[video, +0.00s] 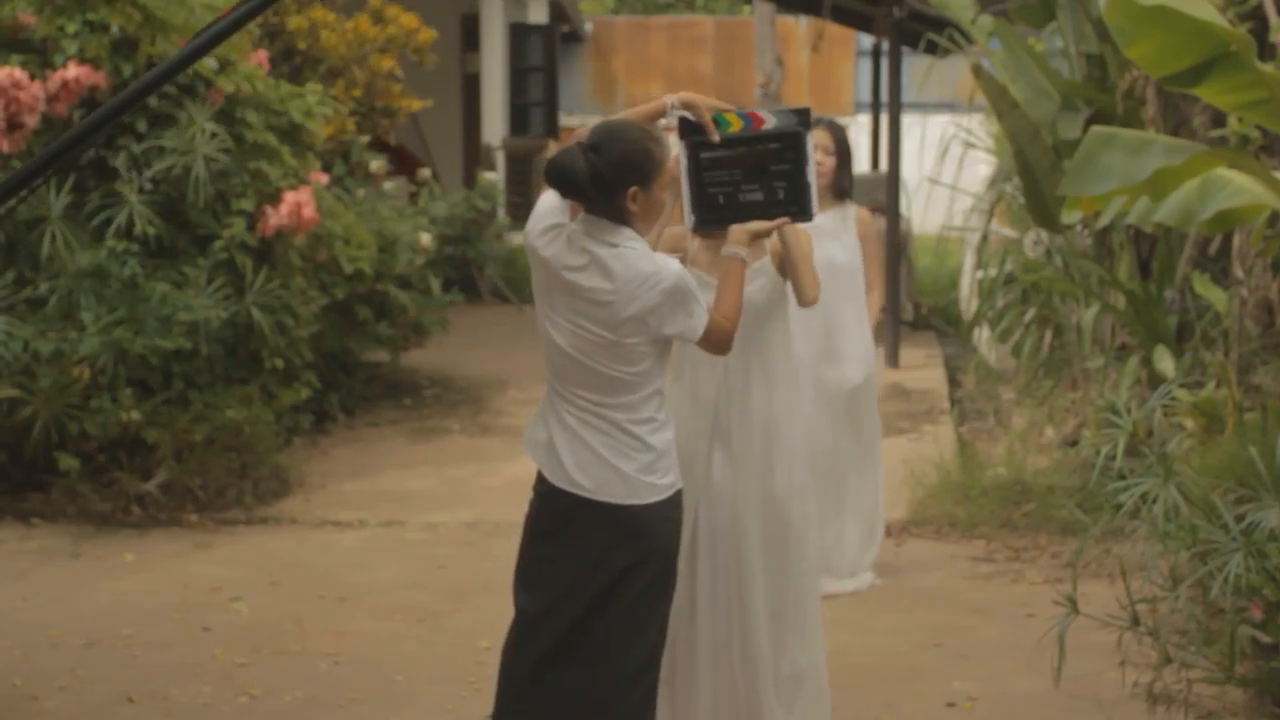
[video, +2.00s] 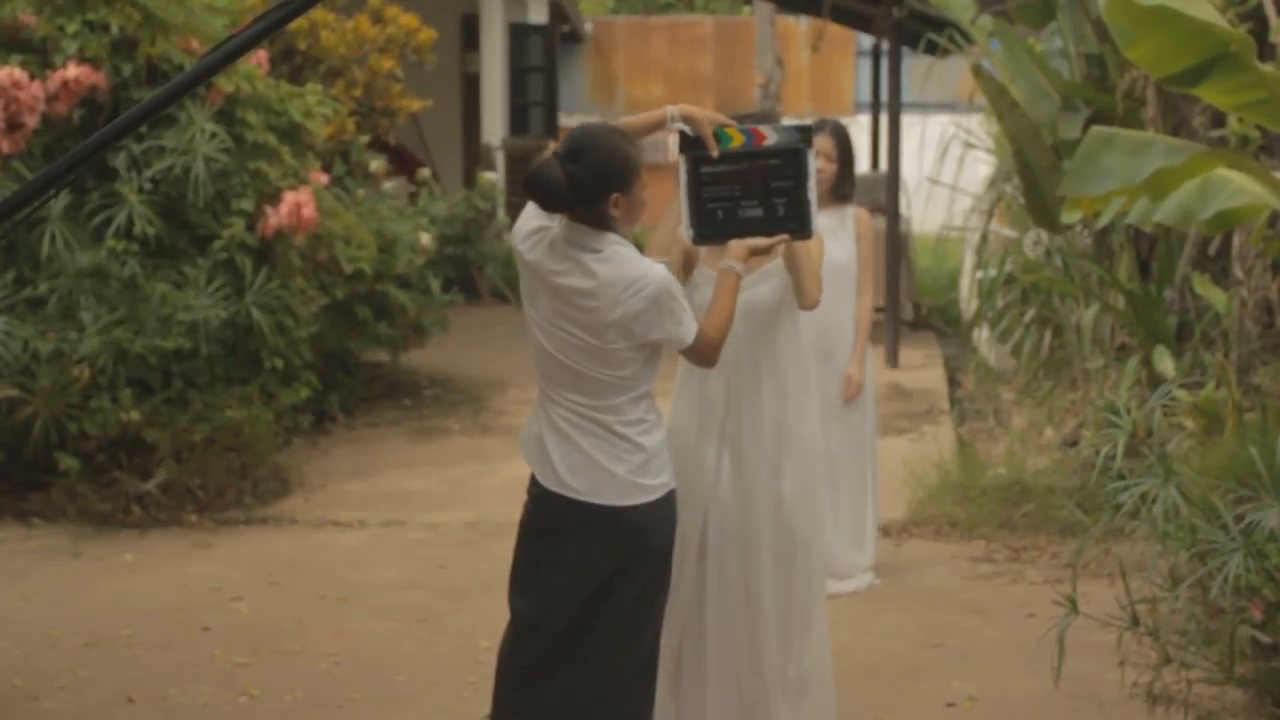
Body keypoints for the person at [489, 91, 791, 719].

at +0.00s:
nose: (672, 191)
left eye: (671, 180)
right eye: (666, 184)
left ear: (594, 192)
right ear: (634, 197)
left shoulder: (548, 232)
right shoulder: (654, 277)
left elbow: (574, 155)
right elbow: (718, 334)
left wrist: (653, 113)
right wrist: (737, 252)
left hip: (561, 480)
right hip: (638, 491)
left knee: (537, 650)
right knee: (623, 666)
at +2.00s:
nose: (648, 191)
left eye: (644, 178)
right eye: (642, 183)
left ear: (573, 191)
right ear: (616, 202)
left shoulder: (533, 240)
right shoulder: (642, 281)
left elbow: (573, 145)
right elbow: (704, 350)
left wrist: (669, 114)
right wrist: (732, 266)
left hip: (556, 486)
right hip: (634, 495)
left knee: (533, 649)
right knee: (621, 662)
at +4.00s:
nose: (627, 179)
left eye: (622, 169)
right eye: (621, 170)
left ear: (549, 181)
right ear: (608, 187)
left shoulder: (524, 245)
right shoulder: (637, 281)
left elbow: (554, 156)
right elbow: (700, 352)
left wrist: (655, 120)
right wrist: (723, 267)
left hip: (551, 490)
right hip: (631, 497)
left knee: (528, 653)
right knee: (618, 664)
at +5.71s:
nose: (631, 177)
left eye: (628, 166)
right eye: (625, 169)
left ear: (553, 181)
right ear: (607, 188)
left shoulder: (522, 242)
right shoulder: (638, 277)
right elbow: (702, 353)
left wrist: (640, 150)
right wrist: (733, 269)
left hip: (548, 488)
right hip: (626, 496)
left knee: (526, 655)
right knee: (616, 666)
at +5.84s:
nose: (632, 180)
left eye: (631, 168)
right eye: (625, 171)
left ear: (552, 179)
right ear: (602, 190)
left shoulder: (516, 242)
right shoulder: (631, 274)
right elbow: (698, 351)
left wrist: (654, 187)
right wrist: (726, 266)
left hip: (545, 488)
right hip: (623, 495)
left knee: (530, 662)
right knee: (615, 668)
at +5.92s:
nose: (632, 180)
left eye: (633, 168)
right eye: (624, 171)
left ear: (553, 181)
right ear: (591, 187)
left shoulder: (510, 237)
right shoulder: (621, 270)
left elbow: (557, 198)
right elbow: (688, 355)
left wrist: (631, 156)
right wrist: (722, 274)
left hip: (541, 485)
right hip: (618, 492)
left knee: (535, 660)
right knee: (616, 663)